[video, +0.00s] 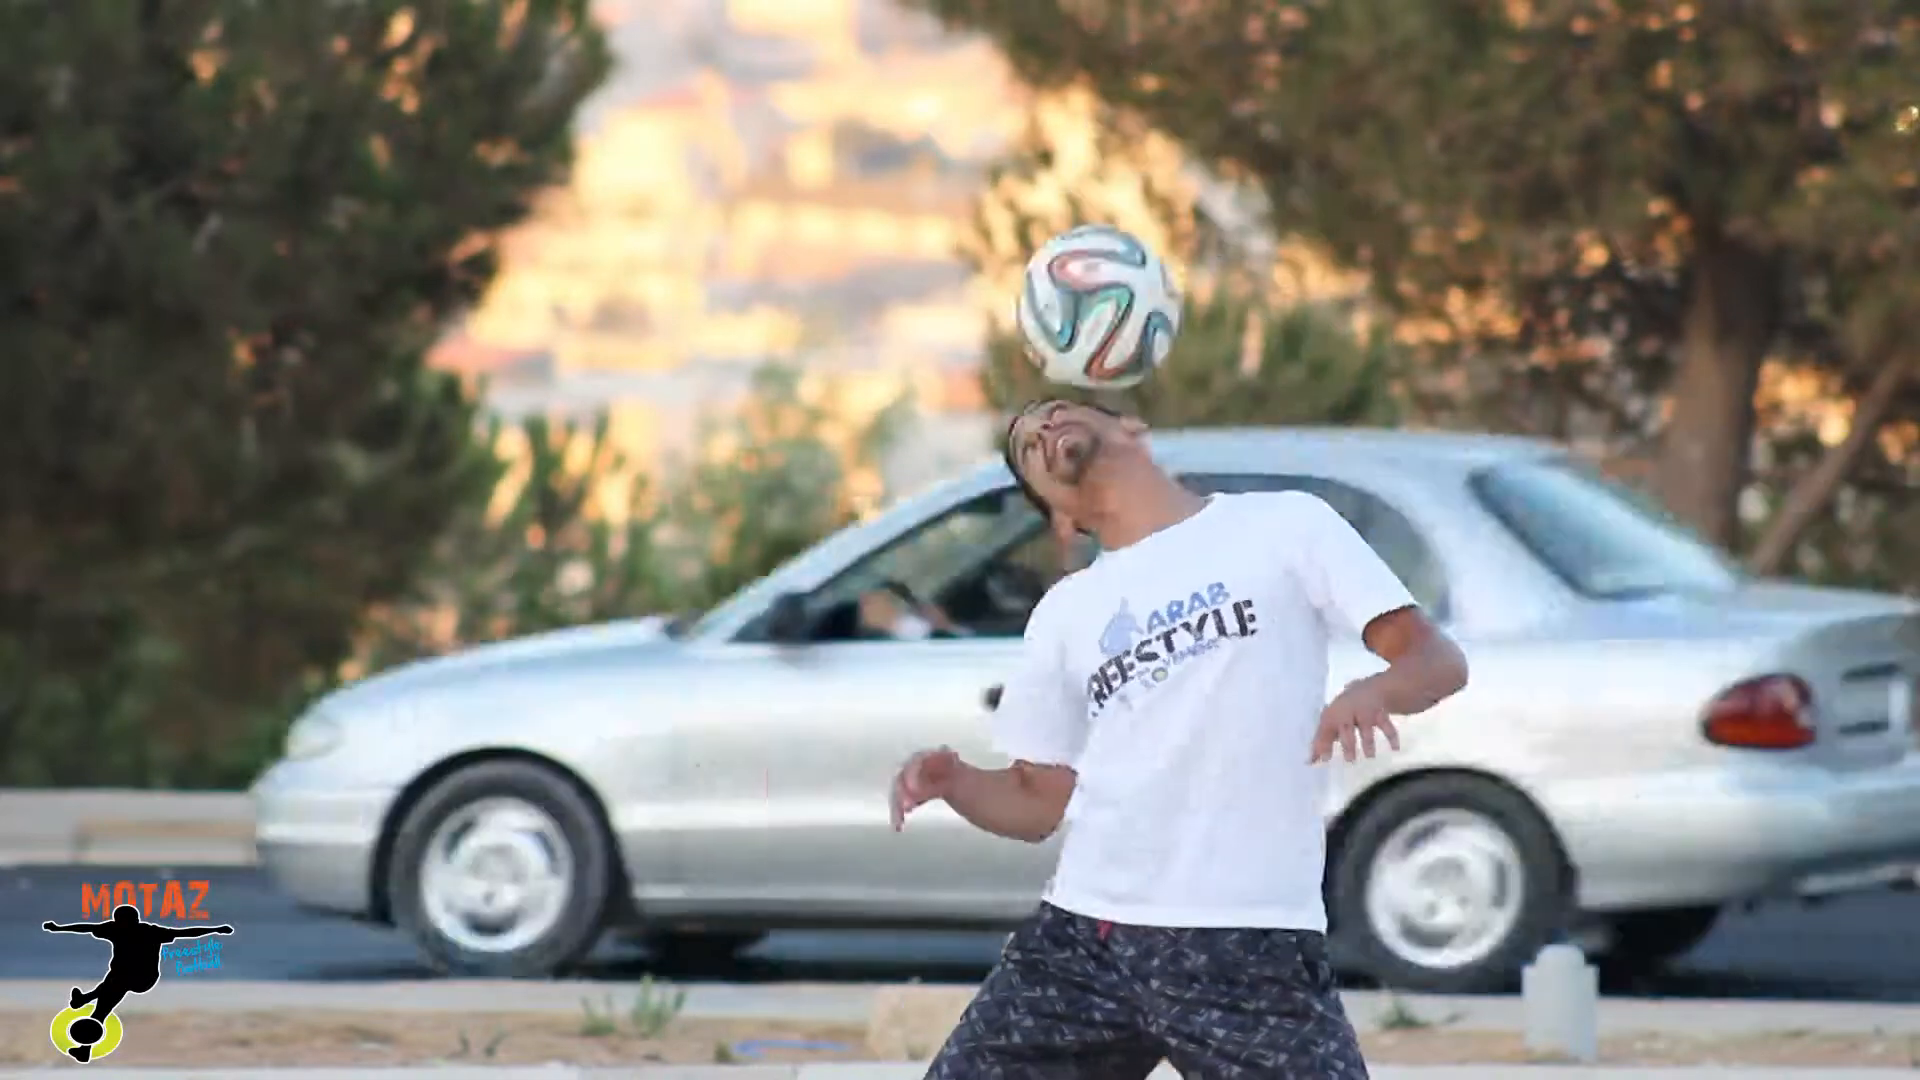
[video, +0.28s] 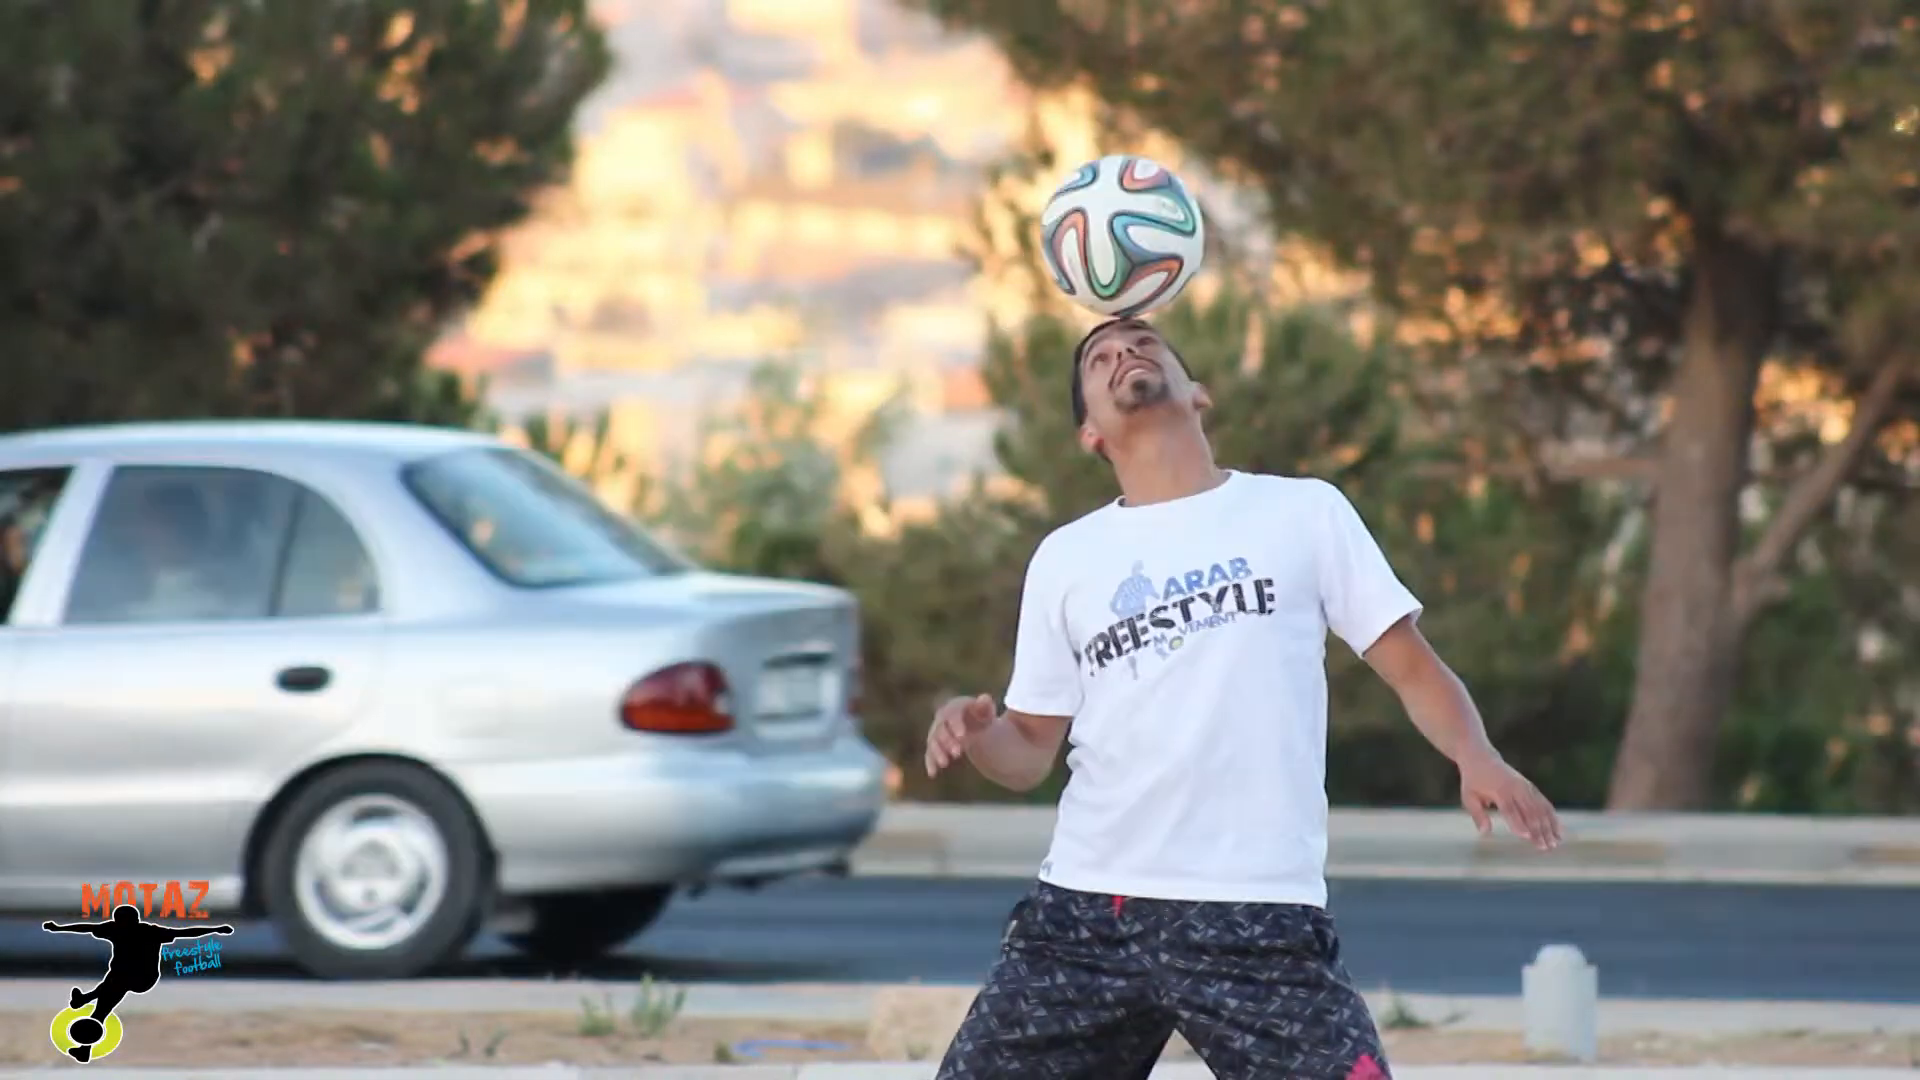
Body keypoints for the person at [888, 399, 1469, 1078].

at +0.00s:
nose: (1046, 433)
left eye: (1061, 416)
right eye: (1029, 450)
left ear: (1134, 430)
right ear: (1064, 514)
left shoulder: (1286, 522)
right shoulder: (1065, 612)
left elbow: (1439, 659)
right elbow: (1037, 805)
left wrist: (1377, 689)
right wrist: (955, 779)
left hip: (1250, 960)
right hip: (1076, 953)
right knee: (958, 1070)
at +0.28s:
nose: (1128, 348)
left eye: (1147, 343)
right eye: (1102, 358)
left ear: (1199, 397)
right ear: (1091, 437)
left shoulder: (1307, 511)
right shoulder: (1062, 557)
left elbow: (1411, 664)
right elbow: (1028, 756)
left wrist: (1476, 756)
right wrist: (983, 733)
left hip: (1259, 934)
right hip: (1080, 928)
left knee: (1352, 1068)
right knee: (974, 1069)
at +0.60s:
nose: (1331, 474)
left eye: (1365, 494)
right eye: (1338, 461)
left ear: (1347, 570)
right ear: (1291, 474)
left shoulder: (1298, 672)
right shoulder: (1115, 508)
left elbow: (1270, 823)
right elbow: (942, 589)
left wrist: (1394, 940)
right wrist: (993, 643)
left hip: (1174, 967)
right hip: (987, 947)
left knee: (1296, 1072)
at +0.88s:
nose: (1293, 376)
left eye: (1332, 388)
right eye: (1298, 366)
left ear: (1342, 466)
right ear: (1257, 395)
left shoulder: (1326, 615)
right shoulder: (1111, 476)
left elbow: (1354, 792)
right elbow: (1006, 588)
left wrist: (1440, 880)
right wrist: (954, 653)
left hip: (1215, 933)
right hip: (1039, 913)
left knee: (1325, 1073)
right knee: (944, 1072)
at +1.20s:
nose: (1212, 393)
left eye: (1240, 379)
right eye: (1194, 398)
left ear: (1301, 419)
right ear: (1201, 471)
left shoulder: (1411, 547)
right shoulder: (1175, 583)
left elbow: (1535, 728)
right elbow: (1151, 760)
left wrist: (1438, 663)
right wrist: (1064, 788)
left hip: (1381, 966)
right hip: (1204, 962)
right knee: (1080, 1074)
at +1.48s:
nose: (1267, 398)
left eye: (1282, 385)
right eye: (1245, 410)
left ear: (1346, 408)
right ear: (1255, 477)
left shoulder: (1493, 502)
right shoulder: (1263, 590)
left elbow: (1622, 623)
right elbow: (1262, 772)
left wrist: (1691, 679)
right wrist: (1161, 816)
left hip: (1485, 943)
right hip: (1304, 945)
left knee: (1581, 1073)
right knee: (1190, 1077)